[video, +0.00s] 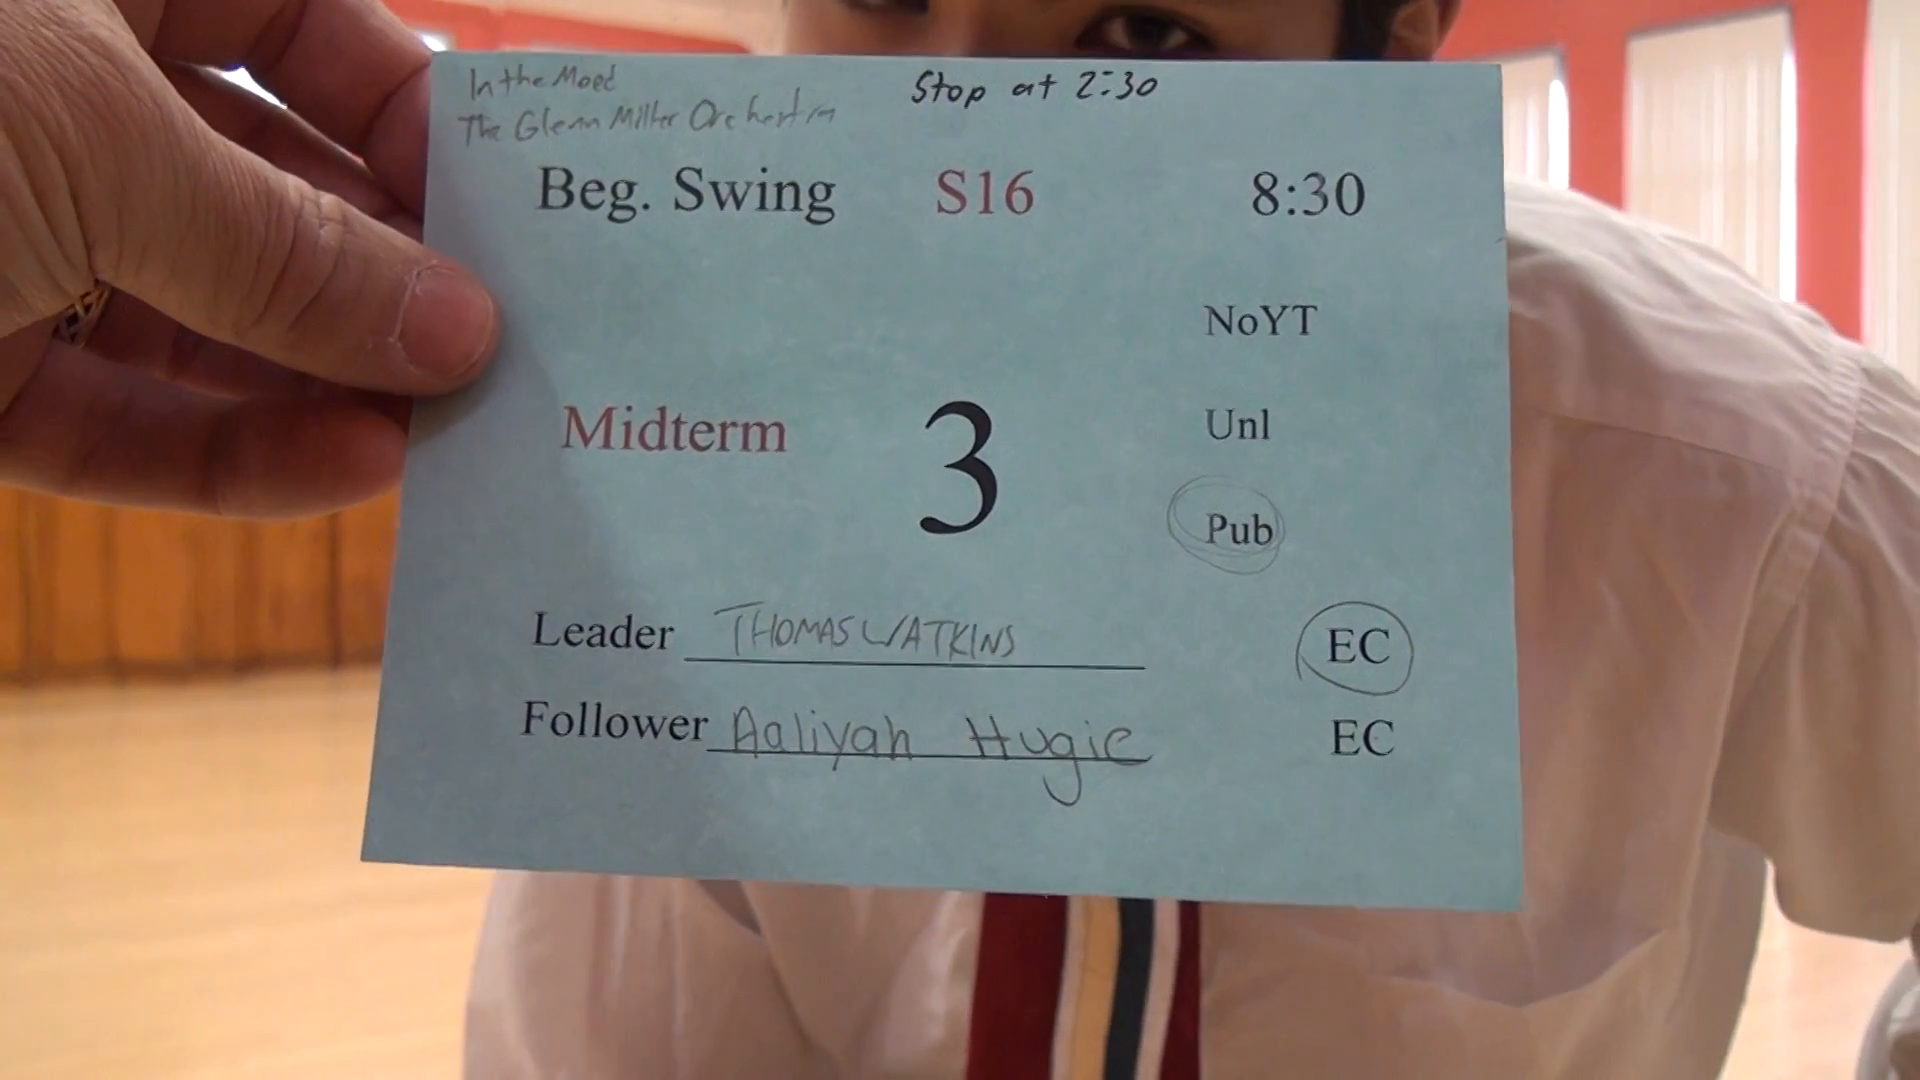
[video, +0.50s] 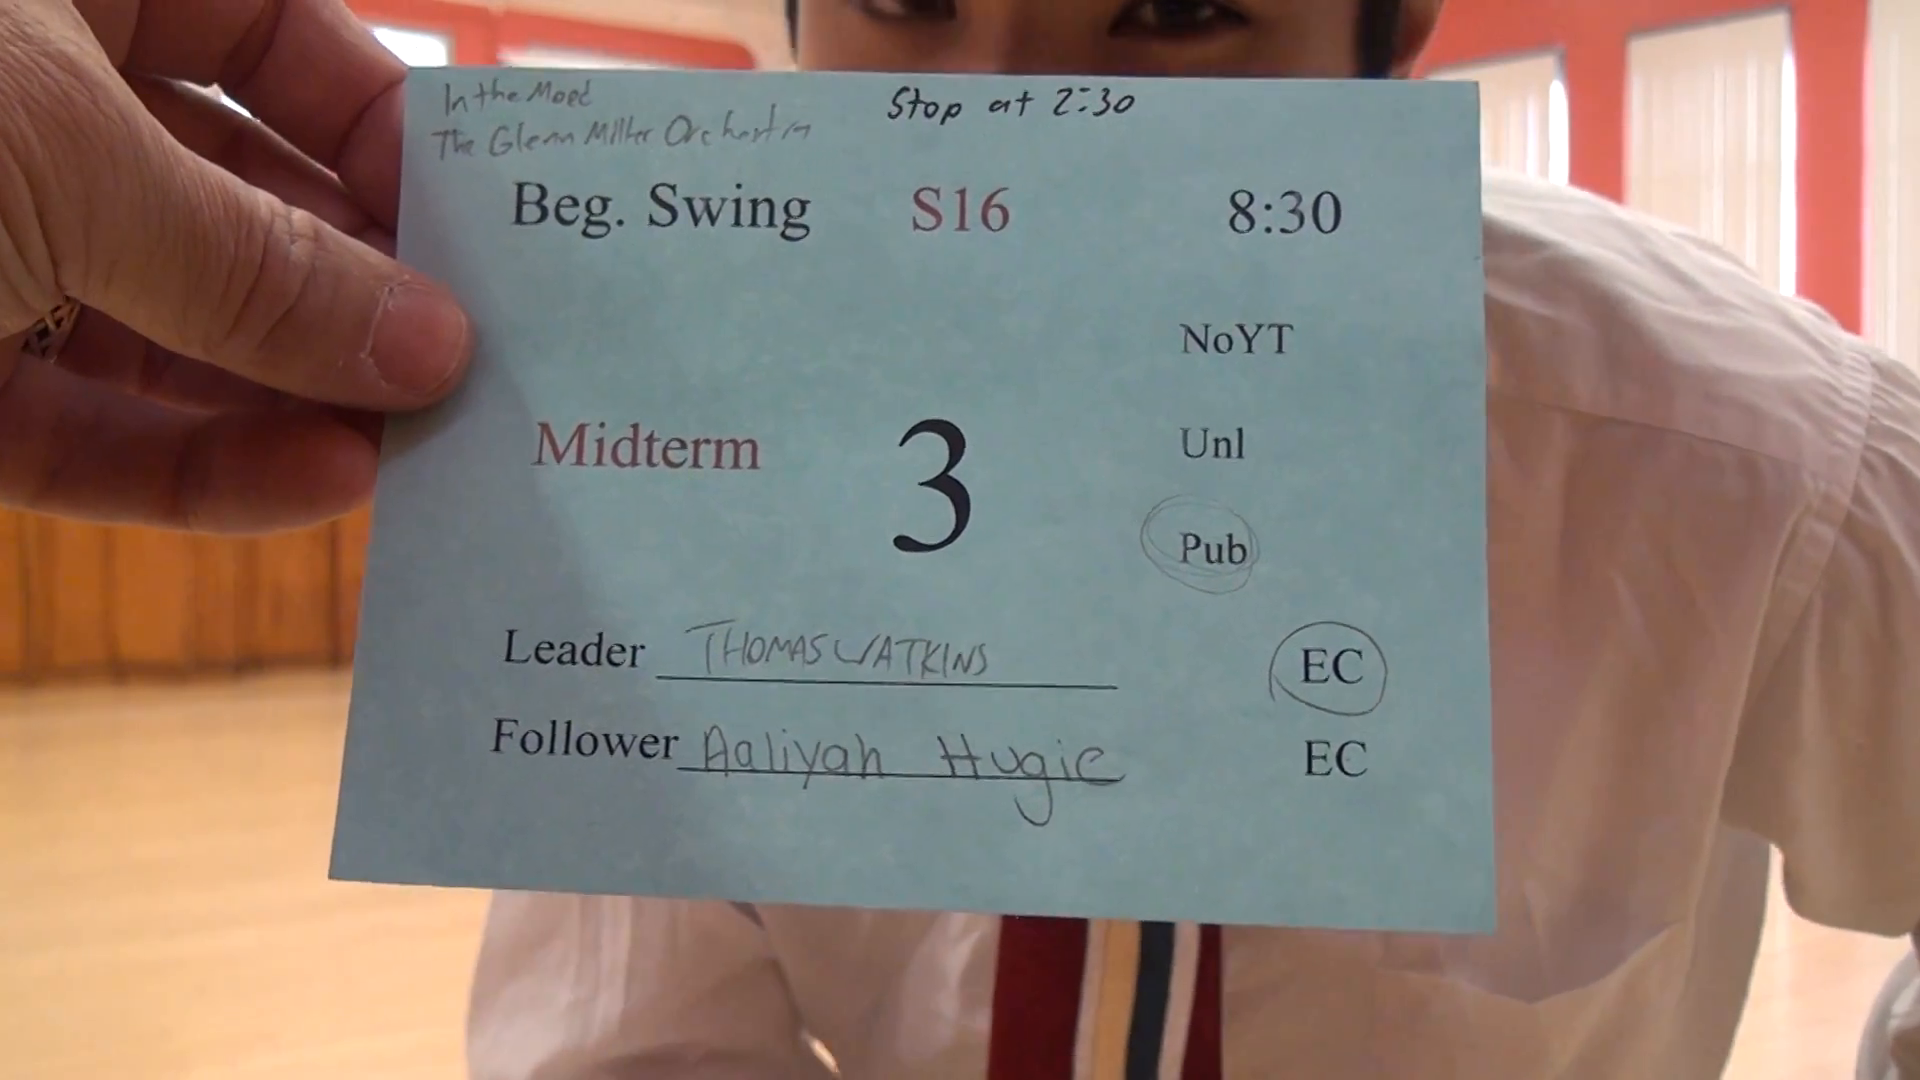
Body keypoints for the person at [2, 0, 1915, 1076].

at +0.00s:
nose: (1031, 182)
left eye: (1149, 87)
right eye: (940, 86)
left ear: (1408, 49)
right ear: (815, 53)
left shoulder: (1746, 464)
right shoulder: (639, 380)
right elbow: (542, 1010)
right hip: (633, 1011)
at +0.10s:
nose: (1027, 175)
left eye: (1146, 76)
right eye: (931, 82)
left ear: (1404, 43)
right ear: (799, 55)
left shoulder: (1752, 465)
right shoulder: (604, 370)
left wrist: (1896, 1047)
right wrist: (90, 180)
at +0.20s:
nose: (1017, 166)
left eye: (1145, 72)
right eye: (919, 66)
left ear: (1393, 52)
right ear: (800, 46)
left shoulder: (1738, 459)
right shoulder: (604, 365)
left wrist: (1892, 1048)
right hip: (623, 1009)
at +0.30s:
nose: (1029, 169)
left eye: (1147, 73)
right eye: (936, 83)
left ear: (1391, 48)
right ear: (802, 53)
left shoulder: (1712, 444)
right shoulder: (607, 356)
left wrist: (1891, 1049)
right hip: (630, 1010)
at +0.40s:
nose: (1029, 178)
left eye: (1152, 63)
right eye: (924, 93)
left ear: (1387, 48)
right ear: (797, 65)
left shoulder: (1737, 454)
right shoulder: (643, 387)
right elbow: (593, 1012)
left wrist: (1895, 1045)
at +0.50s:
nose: (1022, 159)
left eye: (1156, 48)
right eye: (915, 65)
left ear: (1387, 41)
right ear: (796, 49)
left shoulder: (1747, 458)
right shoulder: (649, 389)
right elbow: (609, 1012)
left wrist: (1893, 1047)